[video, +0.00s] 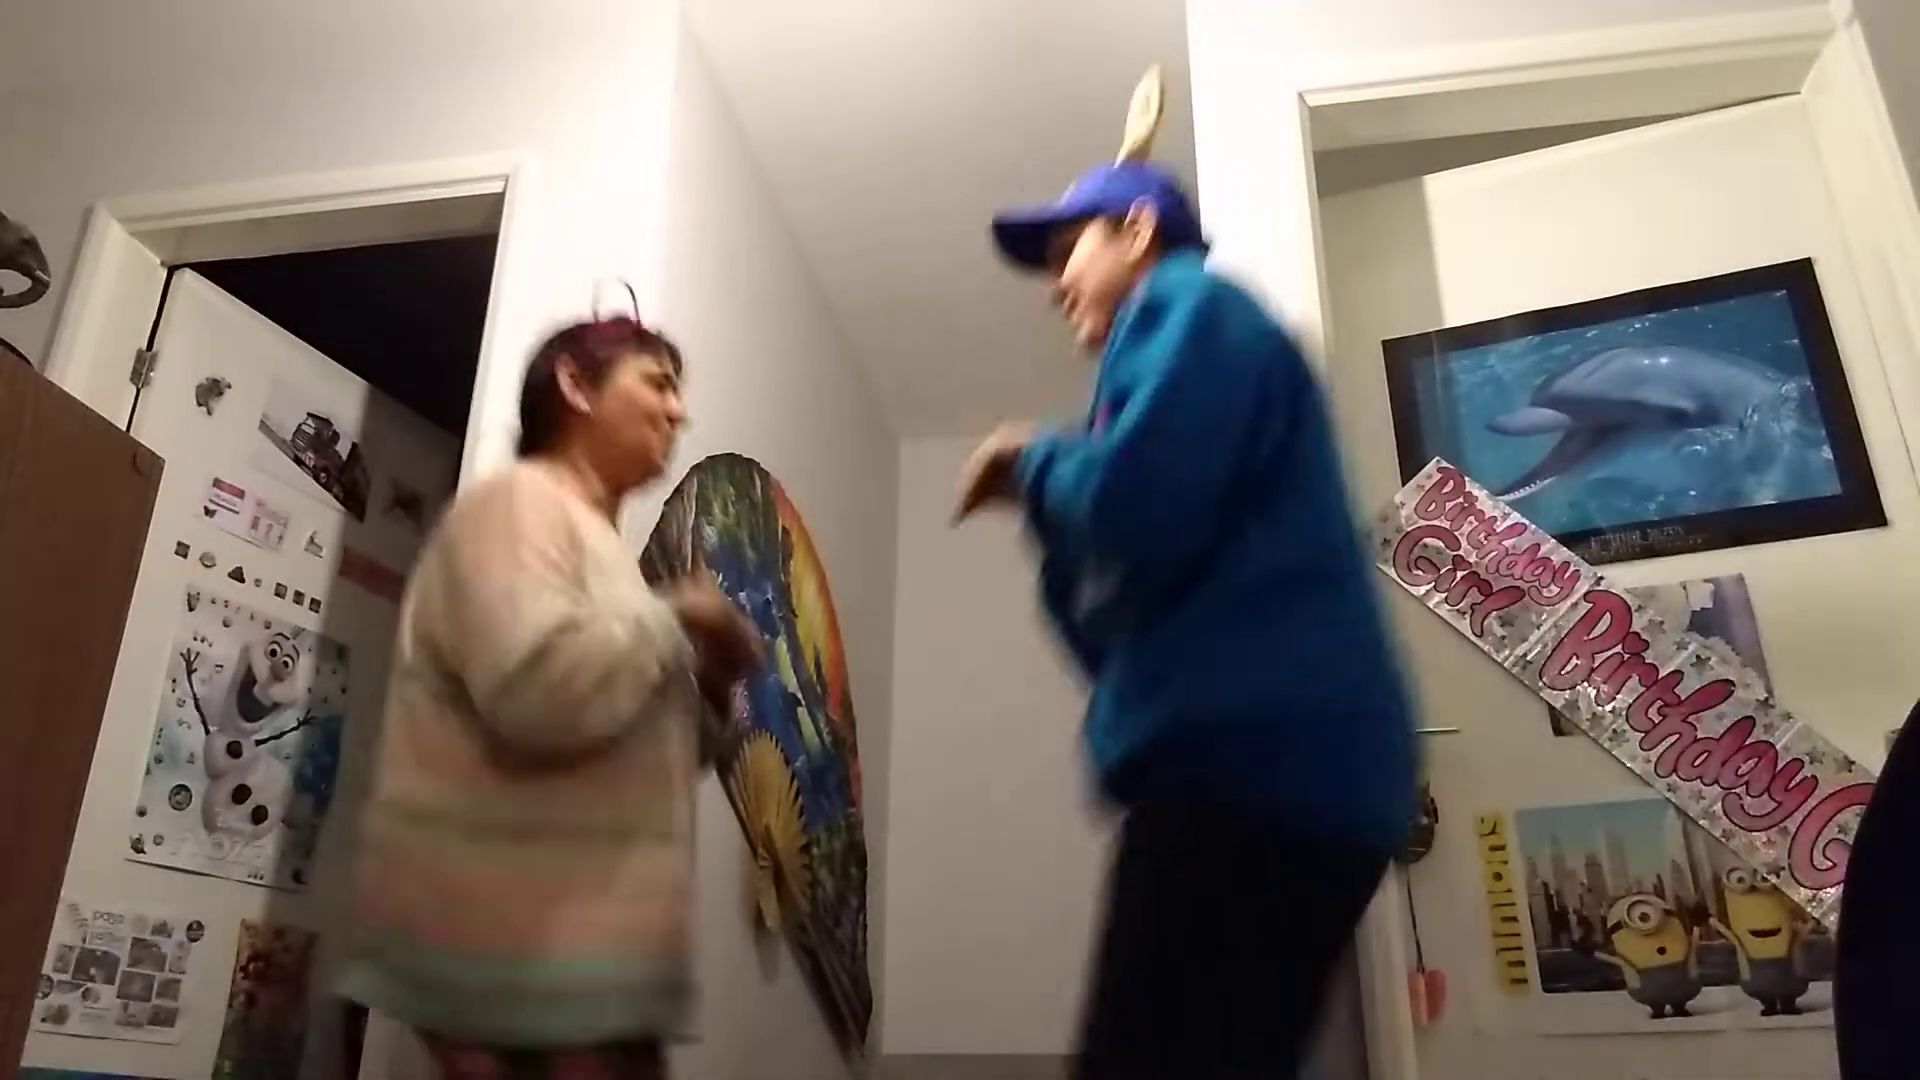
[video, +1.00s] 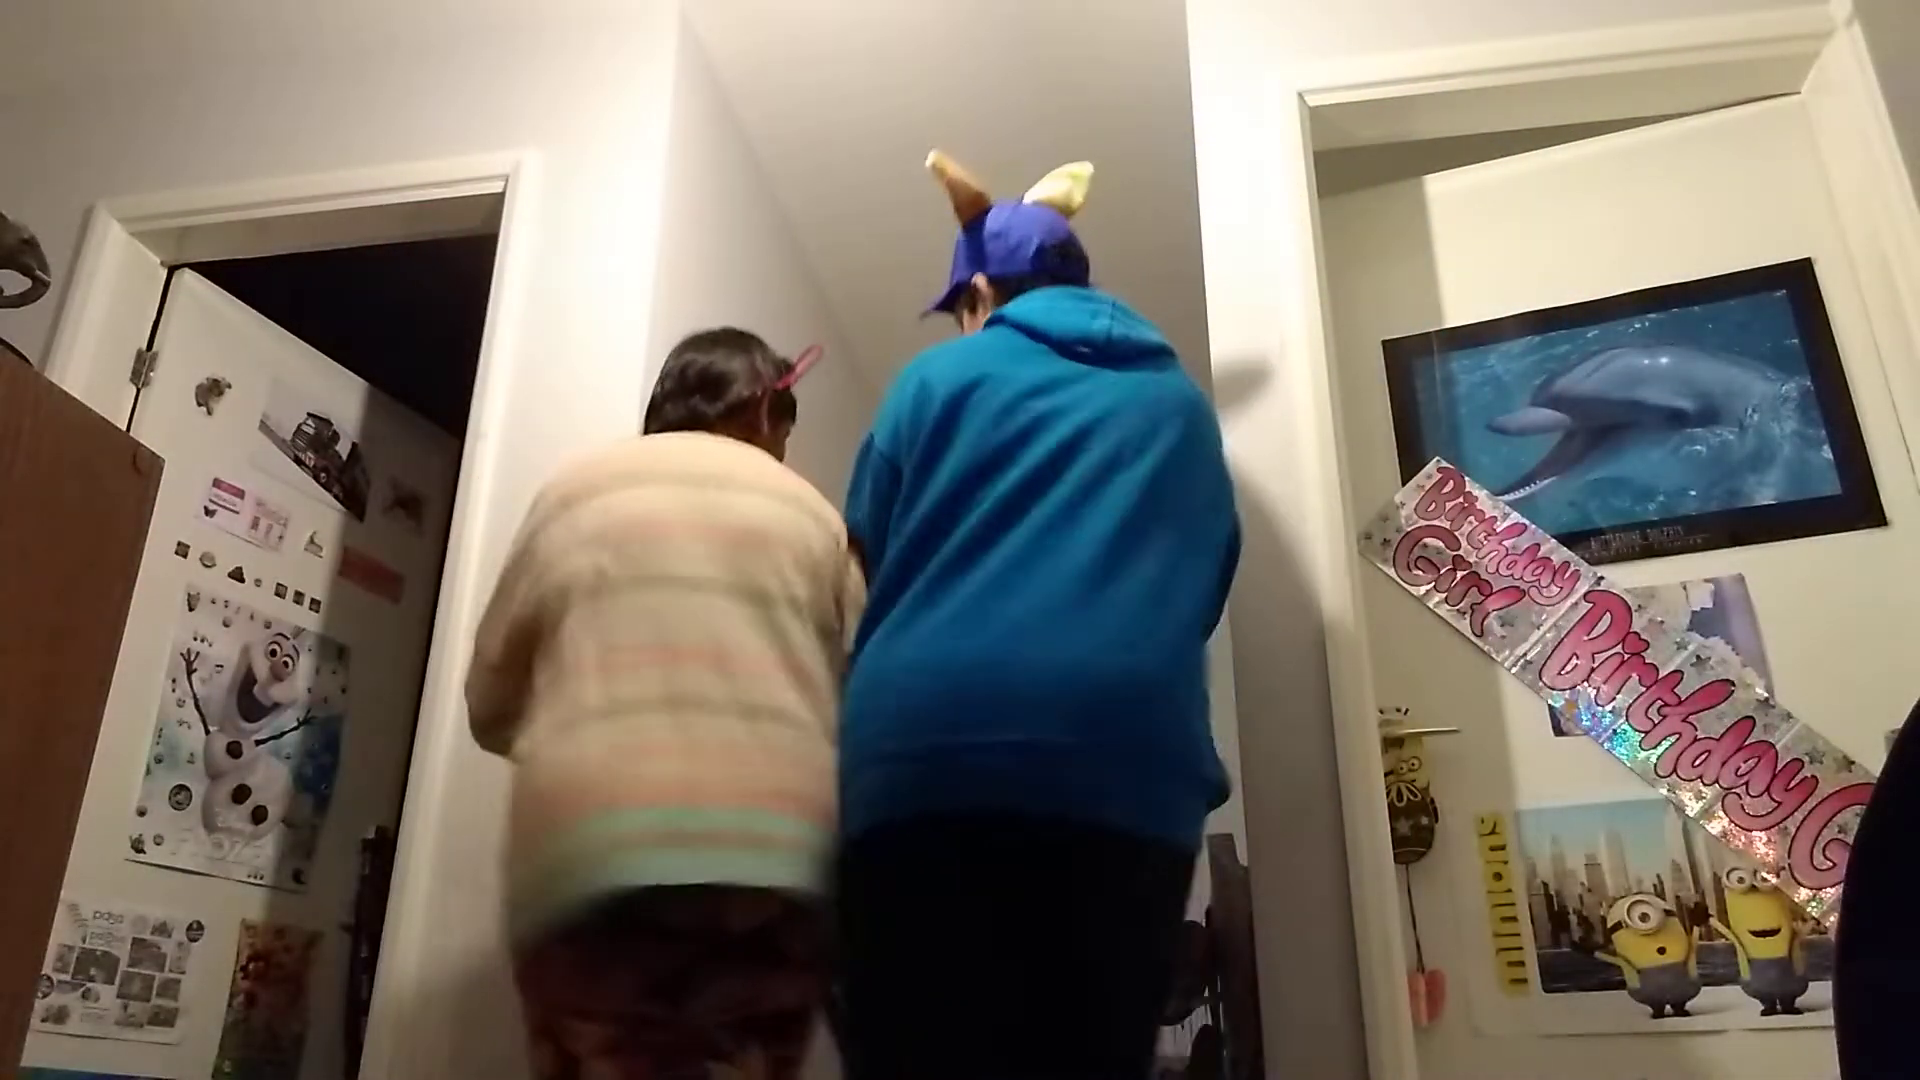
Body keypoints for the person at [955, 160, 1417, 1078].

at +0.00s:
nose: (1055, 282)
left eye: (1068, 249)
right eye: (1051, 263)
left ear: (1137, 229)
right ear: (1138, 241)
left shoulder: (1197, 307)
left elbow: (1137, 507)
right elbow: (1107, 640)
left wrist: (1033, 456)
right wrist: (1048, 498)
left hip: (1254, 769)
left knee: (1147, 1056)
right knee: (1205, 1058)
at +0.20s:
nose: (1030, 256)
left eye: (1039, 227)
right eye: (1025, 239)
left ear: (1102, 196)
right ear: (1105, 205)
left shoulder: (1155, 257)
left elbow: (1019, 427)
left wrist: (983, 369)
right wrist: (1007, 368)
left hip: (1142, 705)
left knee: (1082, 1025)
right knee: (1117, 1024)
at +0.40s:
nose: (959, 288)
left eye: (969, 255)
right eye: (958, 265)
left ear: (1022, 229)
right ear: (1049, 234)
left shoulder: (1066, 301)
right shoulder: (1139, 314)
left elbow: (972, 493)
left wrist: (913, 428)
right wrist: (922, 441)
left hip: (1089, 755)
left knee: (1018, 1043)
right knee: (1130, 1044)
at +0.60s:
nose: (939, 314)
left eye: (944, 289)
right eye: (938, 295)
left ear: (989, 267)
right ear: (1074, 275)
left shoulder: (994, 339)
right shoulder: (1162, 409)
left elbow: (885, 566)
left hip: (1021, 787)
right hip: (1192, 806)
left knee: (972, 1052)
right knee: (1137, 1057)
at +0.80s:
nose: (950, 287)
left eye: (956, 269)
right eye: (953, 272)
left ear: (986, 259)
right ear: (1086, 263)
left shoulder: (927, 346)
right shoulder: (1184, 385)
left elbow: (865, 552)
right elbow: (1206, 552)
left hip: (967, 754)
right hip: (1172, 756)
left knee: (970, 1047)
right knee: (1161, 1048)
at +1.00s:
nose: (954, 326)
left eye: (955, 311)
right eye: (953, 314)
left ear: (981, 300)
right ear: (1084, 293)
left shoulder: (935, 377)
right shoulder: (1182, 402)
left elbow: (866, 543)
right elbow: (1213, 570)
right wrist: (1134, 654)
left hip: (918, 771)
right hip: (1133, 782)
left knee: (918, 1046)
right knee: (1097, 1052)